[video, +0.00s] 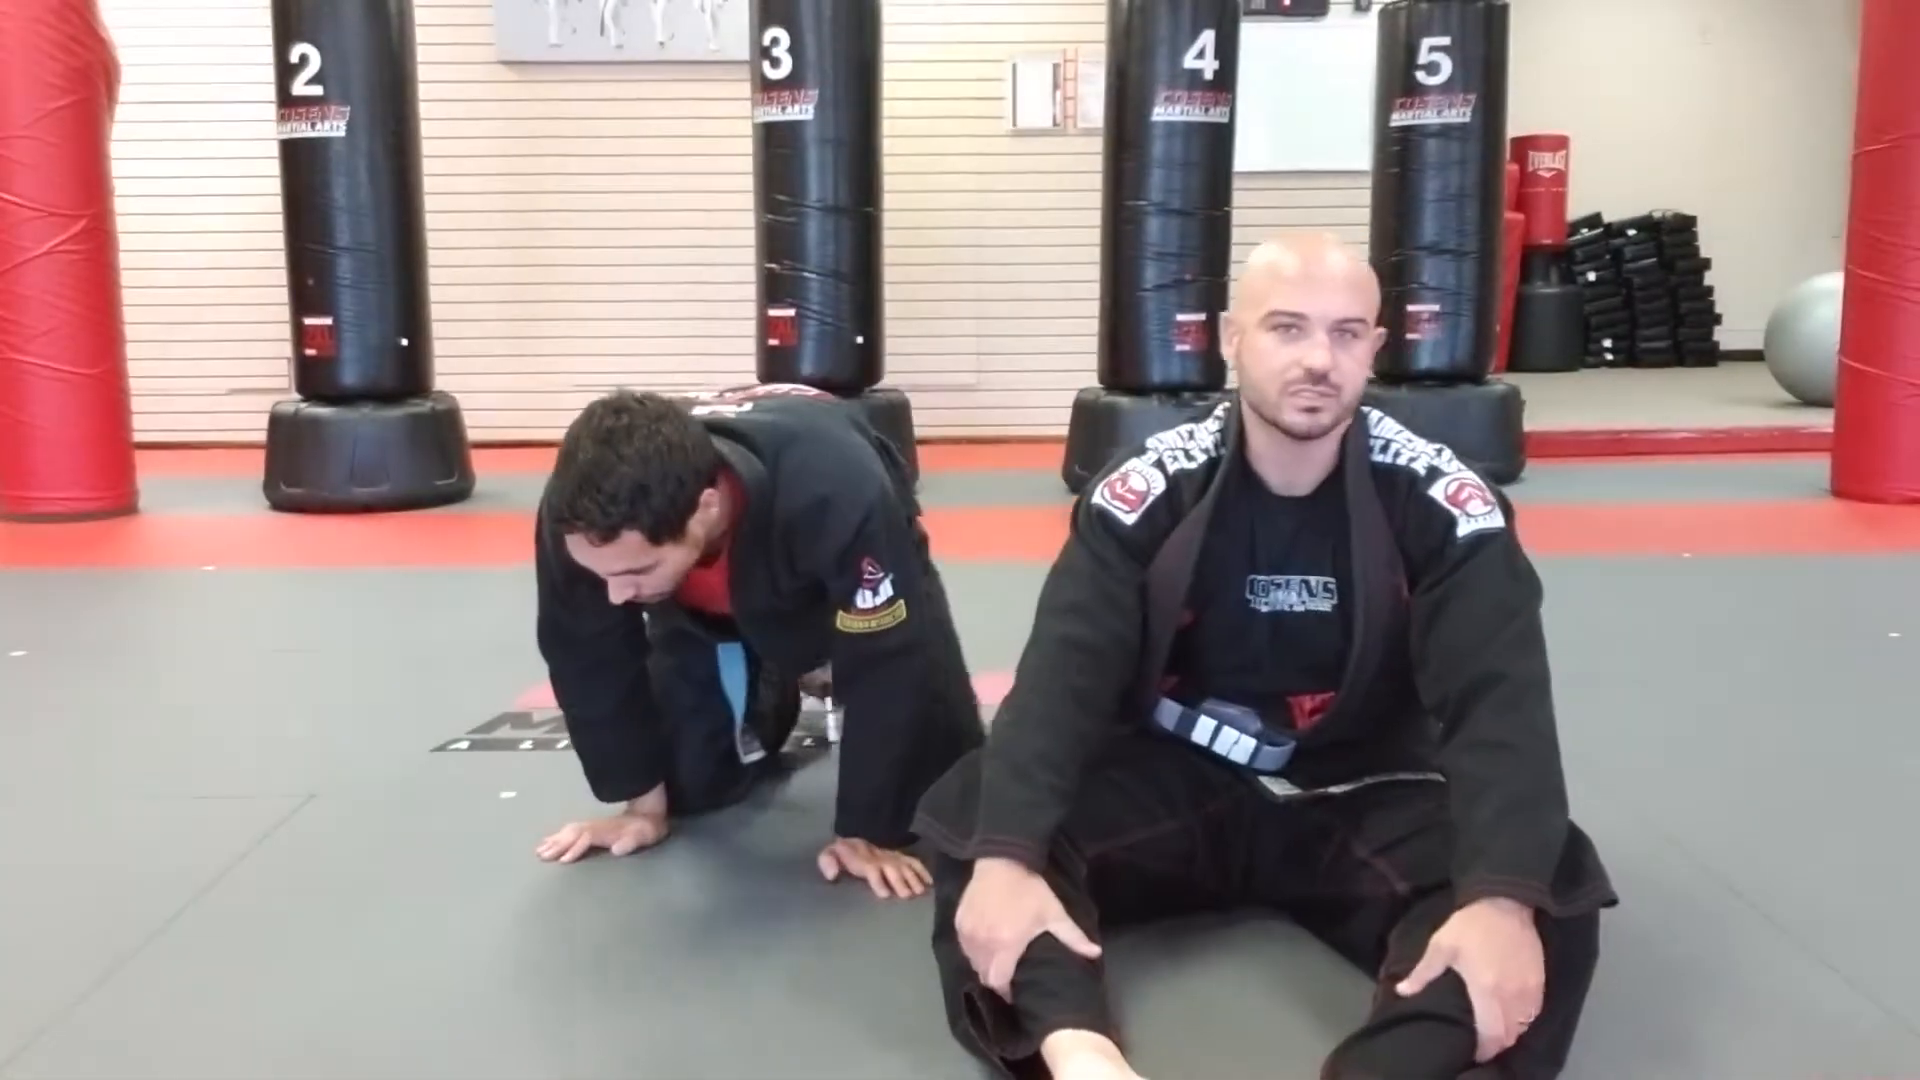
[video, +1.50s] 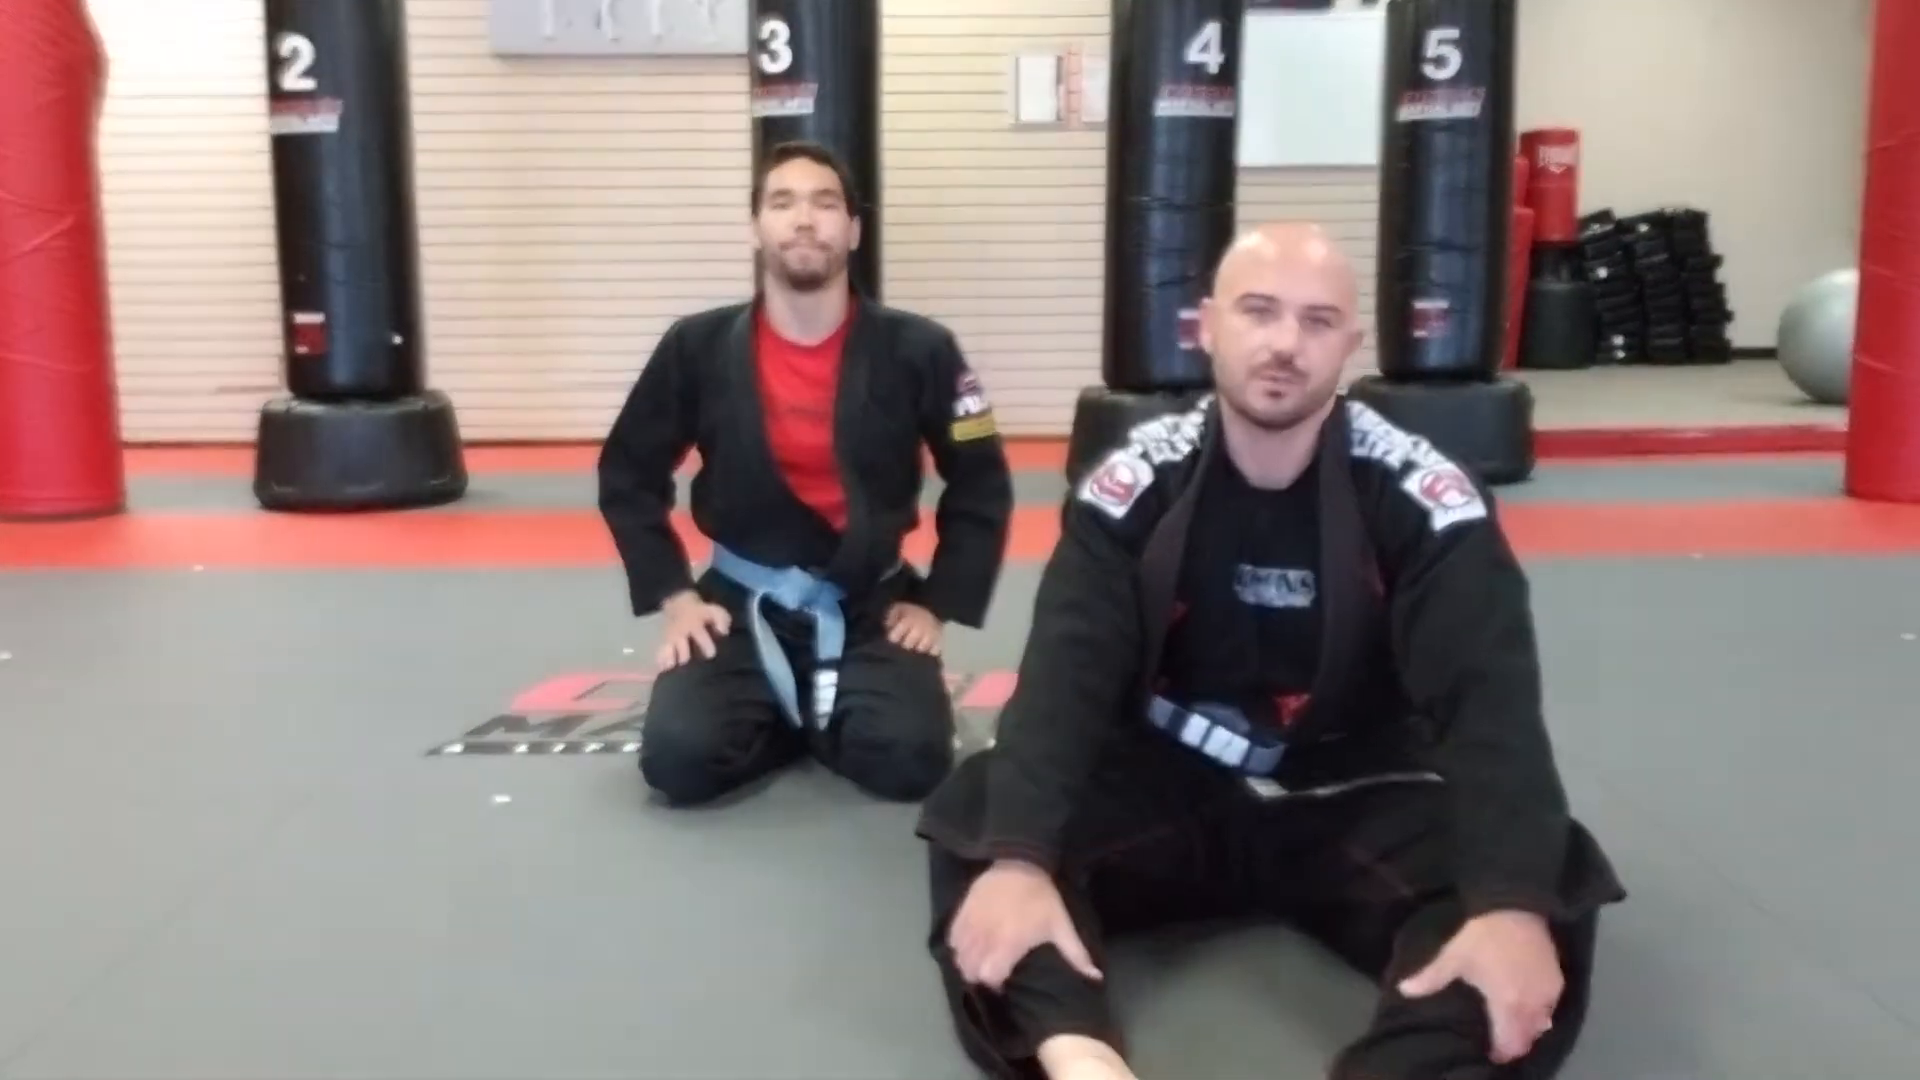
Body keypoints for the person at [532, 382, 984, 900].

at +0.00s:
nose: (616, 596)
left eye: (637, 573)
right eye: (597, 574)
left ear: (705, 510)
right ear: (573, 523)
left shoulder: (834, 495)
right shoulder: (579, 509)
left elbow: (891, 660)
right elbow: (587, 650)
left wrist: (867, 833)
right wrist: (642, 806)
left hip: (826, 598)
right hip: (699, 615)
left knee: (935, 794)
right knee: (690, 788)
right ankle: (791, 679)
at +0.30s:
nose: (613, 581)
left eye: (634, 558)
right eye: (593, 559)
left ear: (698, 501)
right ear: (568, 515)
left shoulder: (820, 498)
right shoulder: (570, 504)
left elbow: (895, 663)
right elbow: (584, 650)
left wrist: (869, 831)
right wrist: (640, 805)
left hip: (818, 623)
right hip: (691, 634)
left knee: (877, 798)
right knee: (683, 788)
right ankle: (784, 713)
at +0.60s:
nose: (685, 418)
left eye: (707, 386)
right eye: (660, 392)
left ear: (759, 356)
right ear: (641, 379)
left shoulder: (849, 433)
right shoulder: (622, 451)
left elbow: (896, 605)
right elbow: (614, 617)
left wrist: (880, 789)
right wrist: (643, 794)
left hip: (841, 624)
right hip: (717, 627)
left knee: (882, 781)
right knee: (692, 776)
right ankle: (803, 720)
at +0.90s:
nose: (757, 255)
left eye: (776, 231)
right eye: (735, 237)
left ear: (815, 242)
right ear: (715, 256)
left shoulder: (891, 360)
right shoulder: (677, 369)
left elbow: (953, 504)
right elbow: (624, 512)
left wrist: (921, 642)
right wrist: (639, 653)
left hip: (862, 600)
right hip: (737, 600)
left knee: (901, 762)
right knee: (685, 762)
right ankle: (809, 713)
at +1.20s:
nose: (792, 222)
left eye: (812, 205)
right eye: (770, 207)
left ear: (843, 231)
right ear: (745, 237)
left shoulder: (912, 349)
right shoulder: (691, 350)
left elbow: (985, 463)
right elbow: (623, 466)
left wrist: (940, 589)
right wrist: (675, 584)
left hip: (871, 602)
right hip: (738, 600)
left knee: (913, 759)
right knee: (678, 761)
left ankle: (789, 702)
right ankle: (803, 717)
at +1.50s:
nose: (804, 217)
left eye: (825, 203)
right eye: (782, 203)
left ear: (854, 231)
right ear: (756, 230)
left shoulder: (917, 353)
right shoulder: (698, 349)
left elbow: (981, 482)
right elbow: (628, 472)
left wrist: (938, 605)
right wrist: (674, 594)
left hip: (871, 603)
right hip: (740, 599)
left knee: (909, 762)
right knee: (679, 762)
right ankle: (807, 718)